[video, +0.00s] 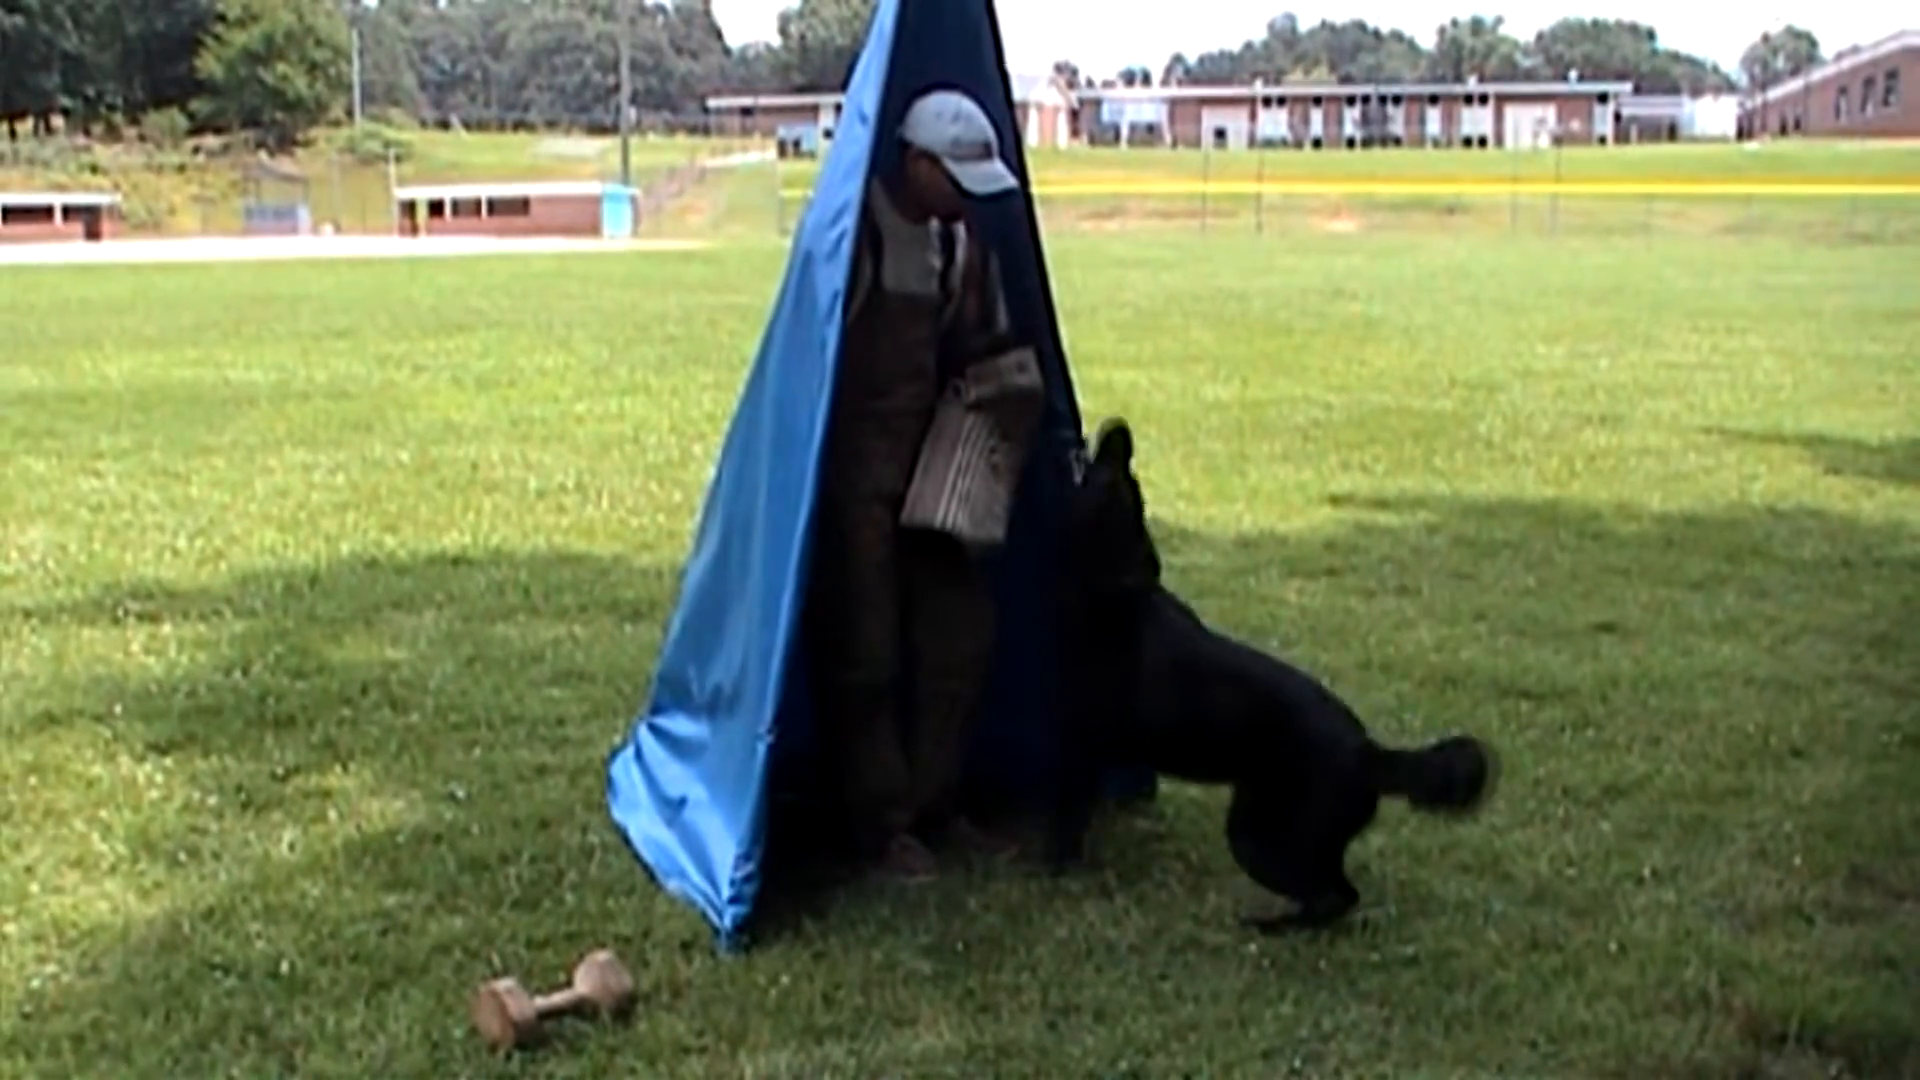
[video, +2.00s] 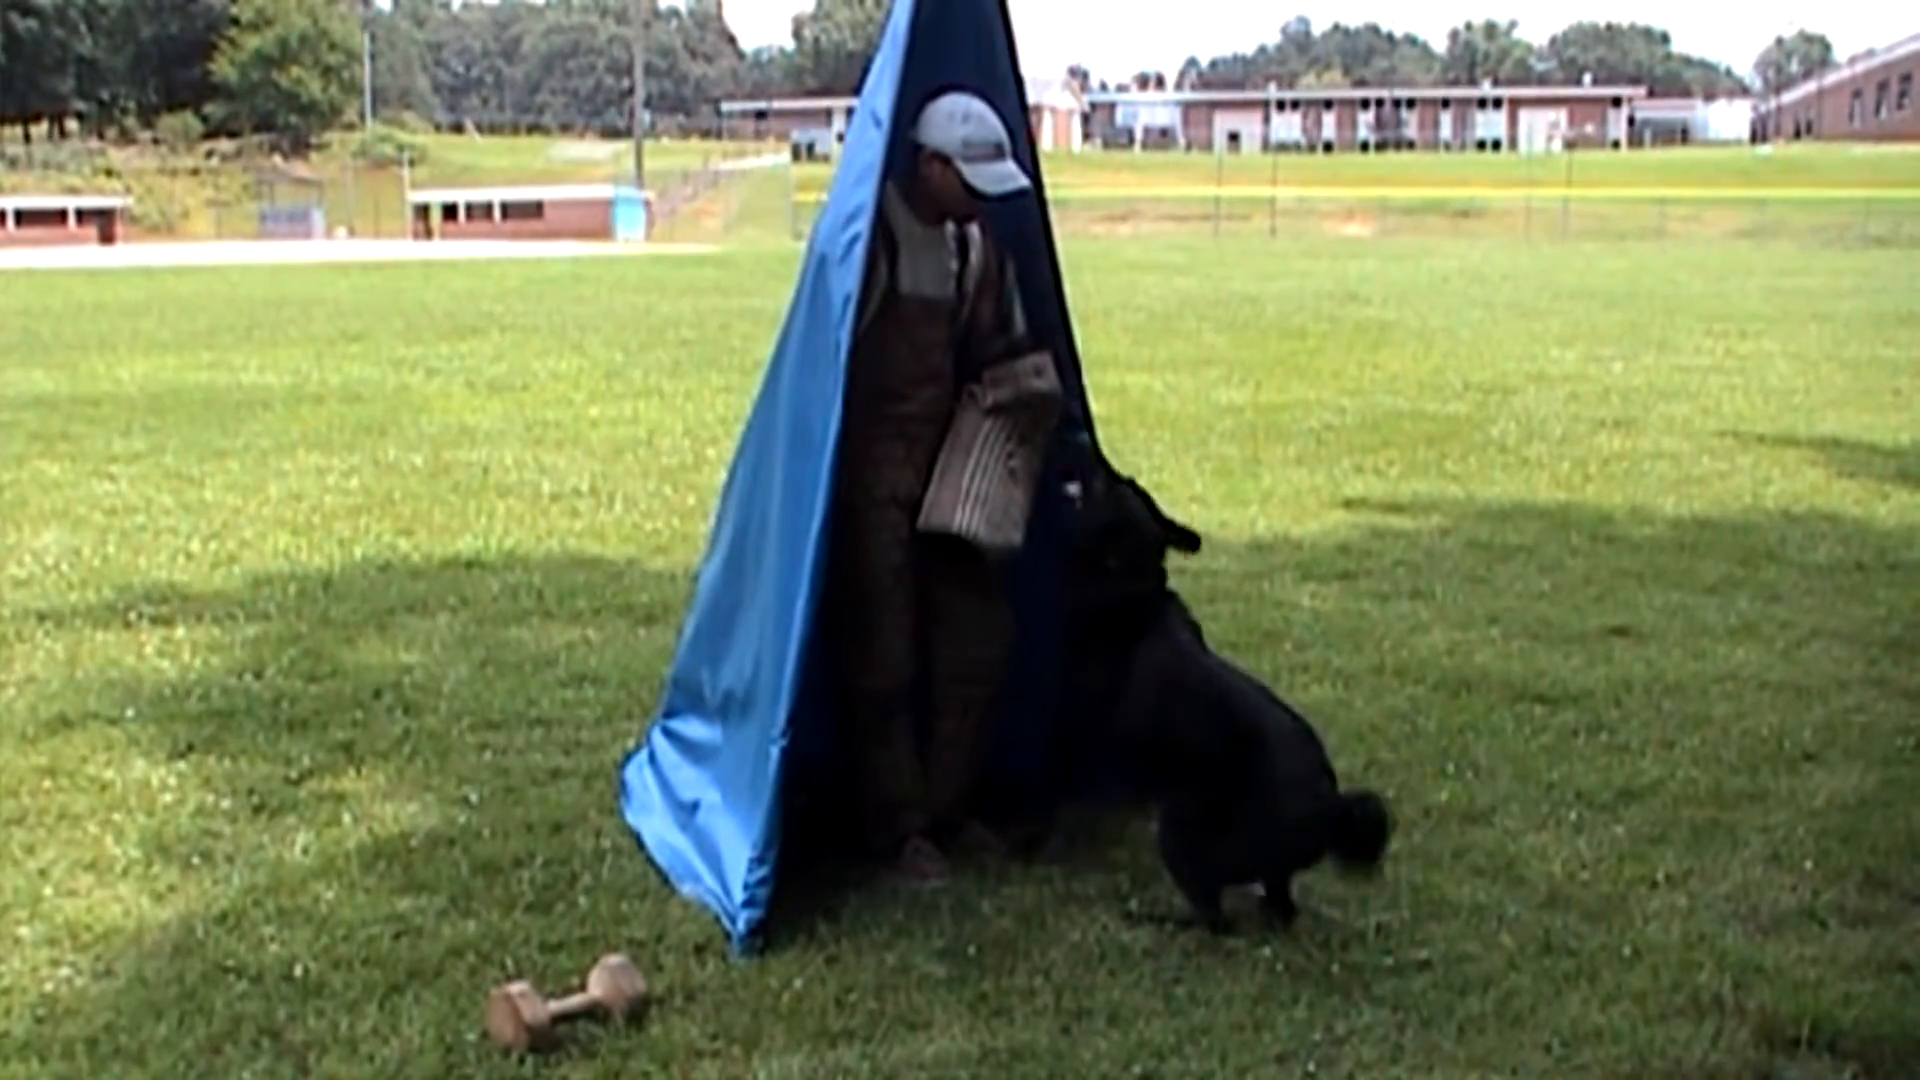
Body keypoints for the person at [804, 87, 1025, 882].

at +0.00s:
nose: (964, 198)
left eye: (971, 183)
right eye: (954, 180)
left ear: (965, 174)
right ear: (912, 162)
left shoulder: (967, 248)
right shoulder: (848, 241)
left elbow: (995, 361)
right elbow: (809, 370)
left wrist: (1003, 382)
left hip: (945, 478)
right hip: (856, 480)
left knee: (952, 640)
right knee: (871, 652)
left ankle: (938, 808)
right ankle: (881, 826)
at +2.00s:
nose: (977, 199)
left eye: (984, 185)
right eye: (968, 182)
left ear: (980, 174)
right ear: (925, 164)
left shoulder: (981, 251)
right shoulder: (862, 245)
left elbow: (1007, 362)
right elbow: (821, 367)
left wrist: (1026, 384)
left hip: (960, 482)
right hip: (872, 483)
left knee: (970, 643)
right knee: (886, 656)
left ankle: (952, 811)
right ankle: (898, 831)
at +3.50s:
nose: (973, 200)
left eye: (981, 186)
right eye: (964, 183)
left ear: (976, 175)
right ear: (923, 165)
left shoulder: (978, 248)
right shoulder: (860, 243)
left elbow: (1002, 359)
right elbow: (820, 366)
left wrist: (1022, 384)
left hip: (957, 482)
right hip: (870, 483)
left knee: (966, 644)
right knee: (883, 656)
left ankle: (946, 811)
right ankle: (894, 829)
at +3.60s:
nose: (973, 200)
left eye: (981, 186)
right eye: (964, 183)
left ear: (976, 175)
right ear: (923, 164)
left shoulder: (978, 248)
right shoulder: (859, 243)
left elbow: (1004, 359)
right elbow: (819, 366)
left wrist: (1021, 384)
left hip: (957, 484)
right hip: (869, 485)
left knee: (966, 645)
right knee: (882, 658)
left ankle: (948, 811)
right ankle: (894, 829)